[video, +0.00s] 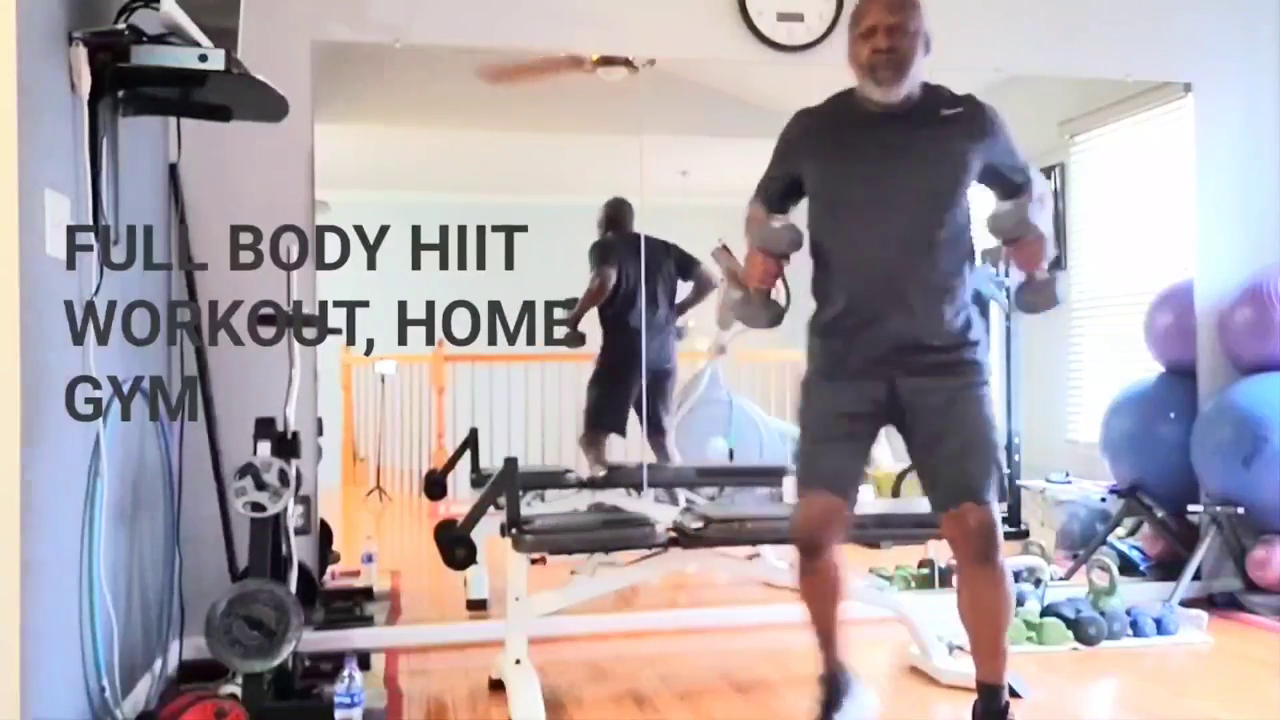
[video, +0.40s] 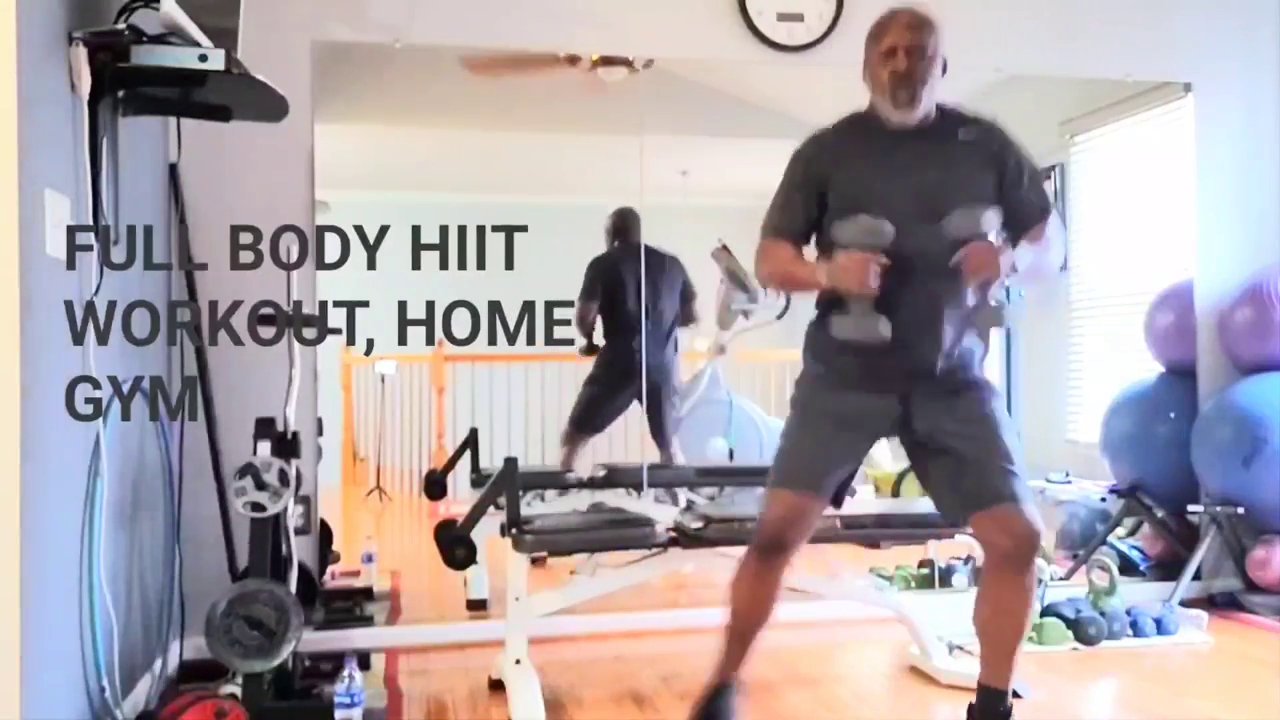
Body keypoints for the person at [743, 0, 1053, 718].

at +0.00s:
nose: (881, 43)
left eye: (896, 30)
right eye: (867, 31)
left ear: (925, 41)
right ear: (848, 44)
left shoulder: (970, 121)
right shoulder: (812, 129)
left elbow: (1024, 190)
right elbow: (763, 210)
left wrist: (1031, 235)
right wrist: (762, 249)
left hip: (946, 357)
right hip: (844, 358)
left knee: (976, 530)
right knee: (814, 530)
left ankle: (992, 700)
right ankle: (835, 677)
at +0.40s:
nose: (902, 63)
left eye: (916, 53)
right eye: (888, 53)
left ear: (941, 66)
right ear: (866, 67)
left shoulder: (986, 145)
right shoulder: (825, 152)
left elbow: (1047, 239)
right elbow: (773, 260)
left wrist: (1008, 259)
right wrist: (826, 271)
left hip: (949, 381)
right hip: (843, 377)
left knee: (1013, 540)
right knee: (776, 535)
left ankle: (992, 708)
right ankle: (723, 685)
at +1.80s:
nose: (599, 84)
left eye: (615, 71)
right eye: (585, 70)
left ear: (643, 81)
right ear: (563, 80)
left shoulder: (687, 175)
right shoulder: (522, 172)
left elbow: (725, 276)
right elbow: (464, 266)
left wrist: (737, 290)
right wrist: (469, 284)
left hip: (653, 391)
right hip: (543, 391)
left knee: (738, 547)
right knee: (497, 559)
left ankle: (767, 698)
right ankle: (486, 711)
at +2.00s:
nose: (568, 32)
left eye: (586, 16)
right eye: (553, 18)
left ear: (615, 25)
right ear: (533, 29)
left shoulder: (662, 116)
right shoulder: (494, 116)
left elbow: (715, 210)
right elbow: (437, 205)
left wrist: (742, 247)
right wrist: (417, 245)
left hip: (617, 366)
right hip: (509, 364)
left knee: (661, 552)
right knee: (484, 554)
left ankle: (637, 710)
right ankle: (485, 712)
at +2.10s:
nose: (561, 44)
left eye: (578, 29)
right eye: (546, 30)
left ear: (607, 42)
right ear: (525, 45)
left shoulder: (655, 129)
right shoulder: (488, 131)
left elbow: (717, 215)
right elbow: (425, 220)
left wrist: (738, 255)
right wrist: (409, 254)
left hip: (608, 383)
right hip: (499, 379)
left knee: (630, 570)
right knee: (472, 561)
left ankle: (629, 712)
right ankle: (481, 713)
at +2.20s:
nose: (555, 24)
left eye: (572, 11)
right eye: (540, 10)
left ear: (602, 25)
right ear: (520, 24)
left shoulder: (652, 114)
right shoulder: (483, 119)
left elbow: (704, 211)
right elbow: (429, 217)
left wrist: (725, 271)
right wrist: (424, 275)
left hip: (616, 369)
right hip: (505, 370)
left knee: (665, 542)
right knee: (481, 552)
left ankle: (657, 702)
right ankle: (482, 712)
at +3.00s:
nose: (716, 31)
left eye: (732, 17)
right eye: (700, 19)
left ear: (761, 29)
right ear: (682, 33)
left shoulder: (812, 120)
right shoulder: (644, 123)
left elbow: (874, 207)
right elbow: (600, 229)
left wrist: (881, 236)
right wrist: (581, 255)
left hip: (781, 366)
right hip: (675, 366)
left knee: (803, 556)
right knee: (639, 551)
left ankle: (808, 713)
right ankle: (685, 689)